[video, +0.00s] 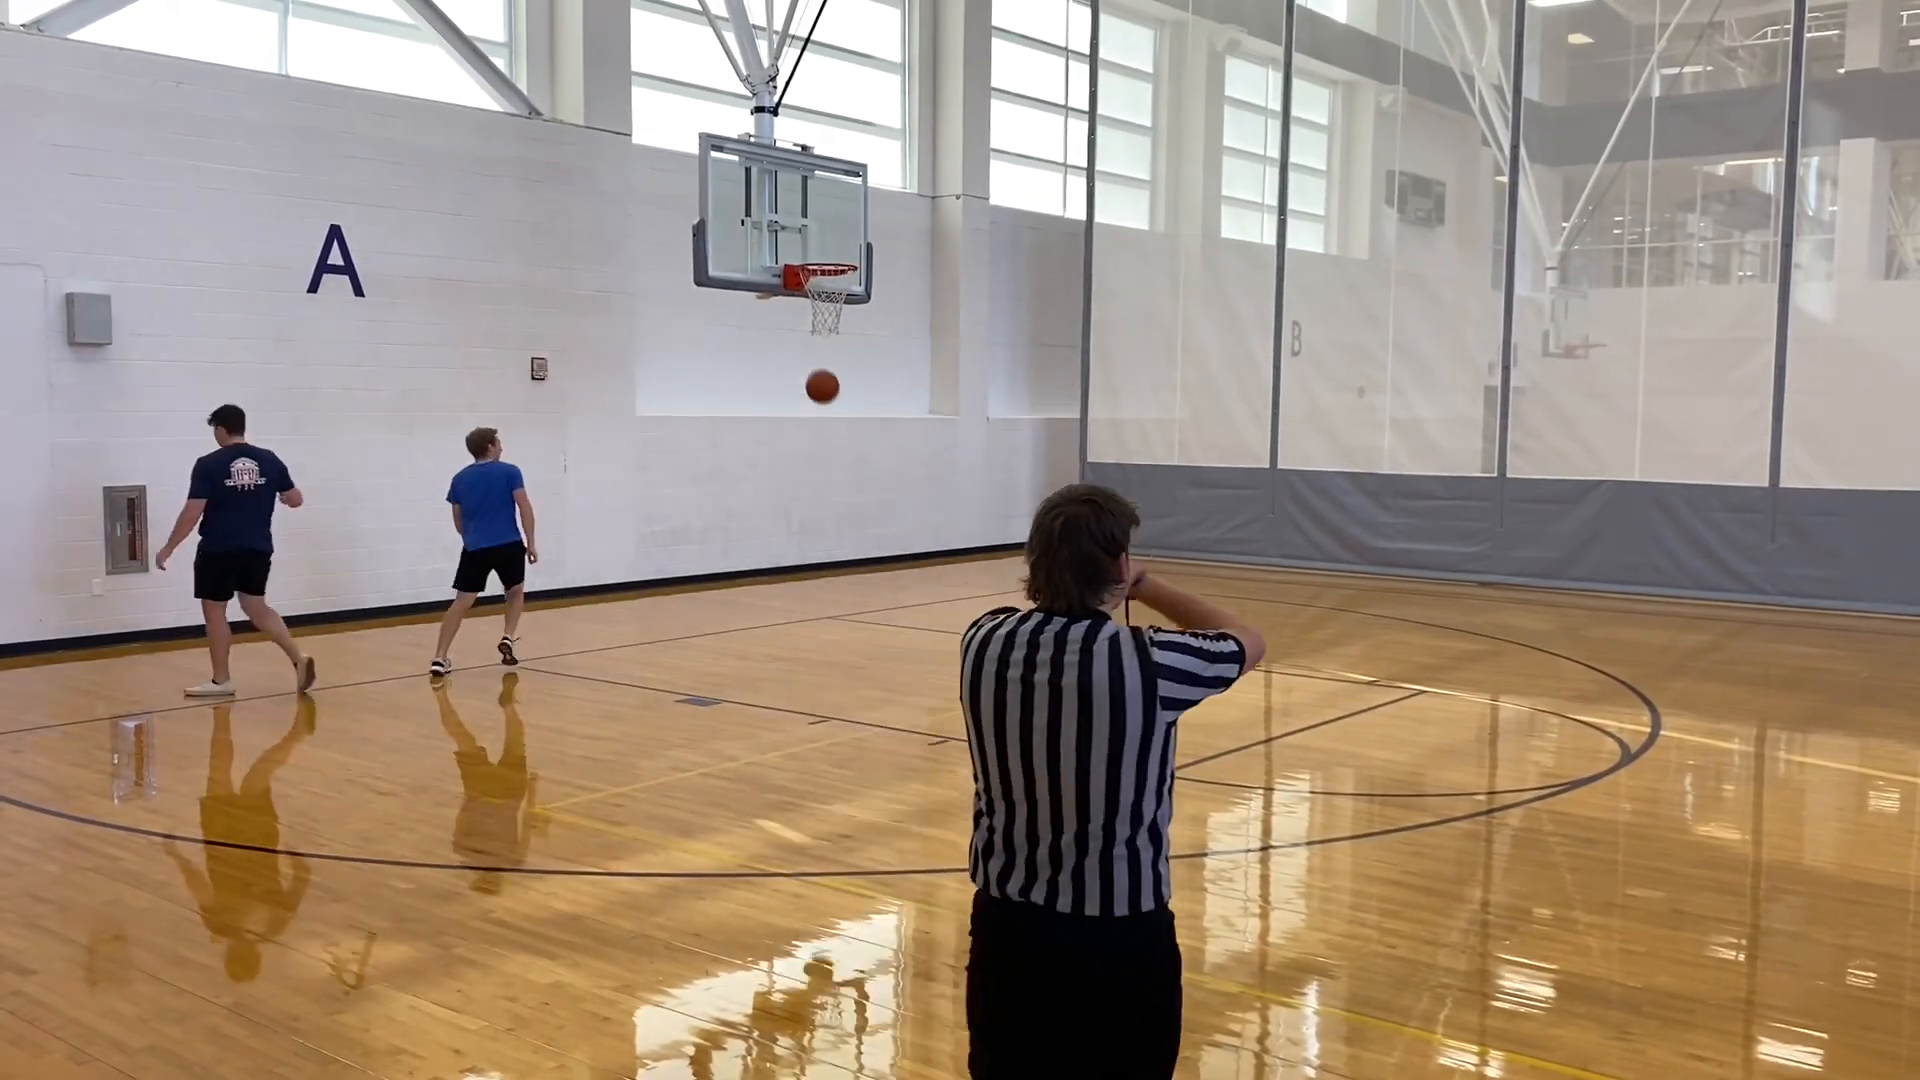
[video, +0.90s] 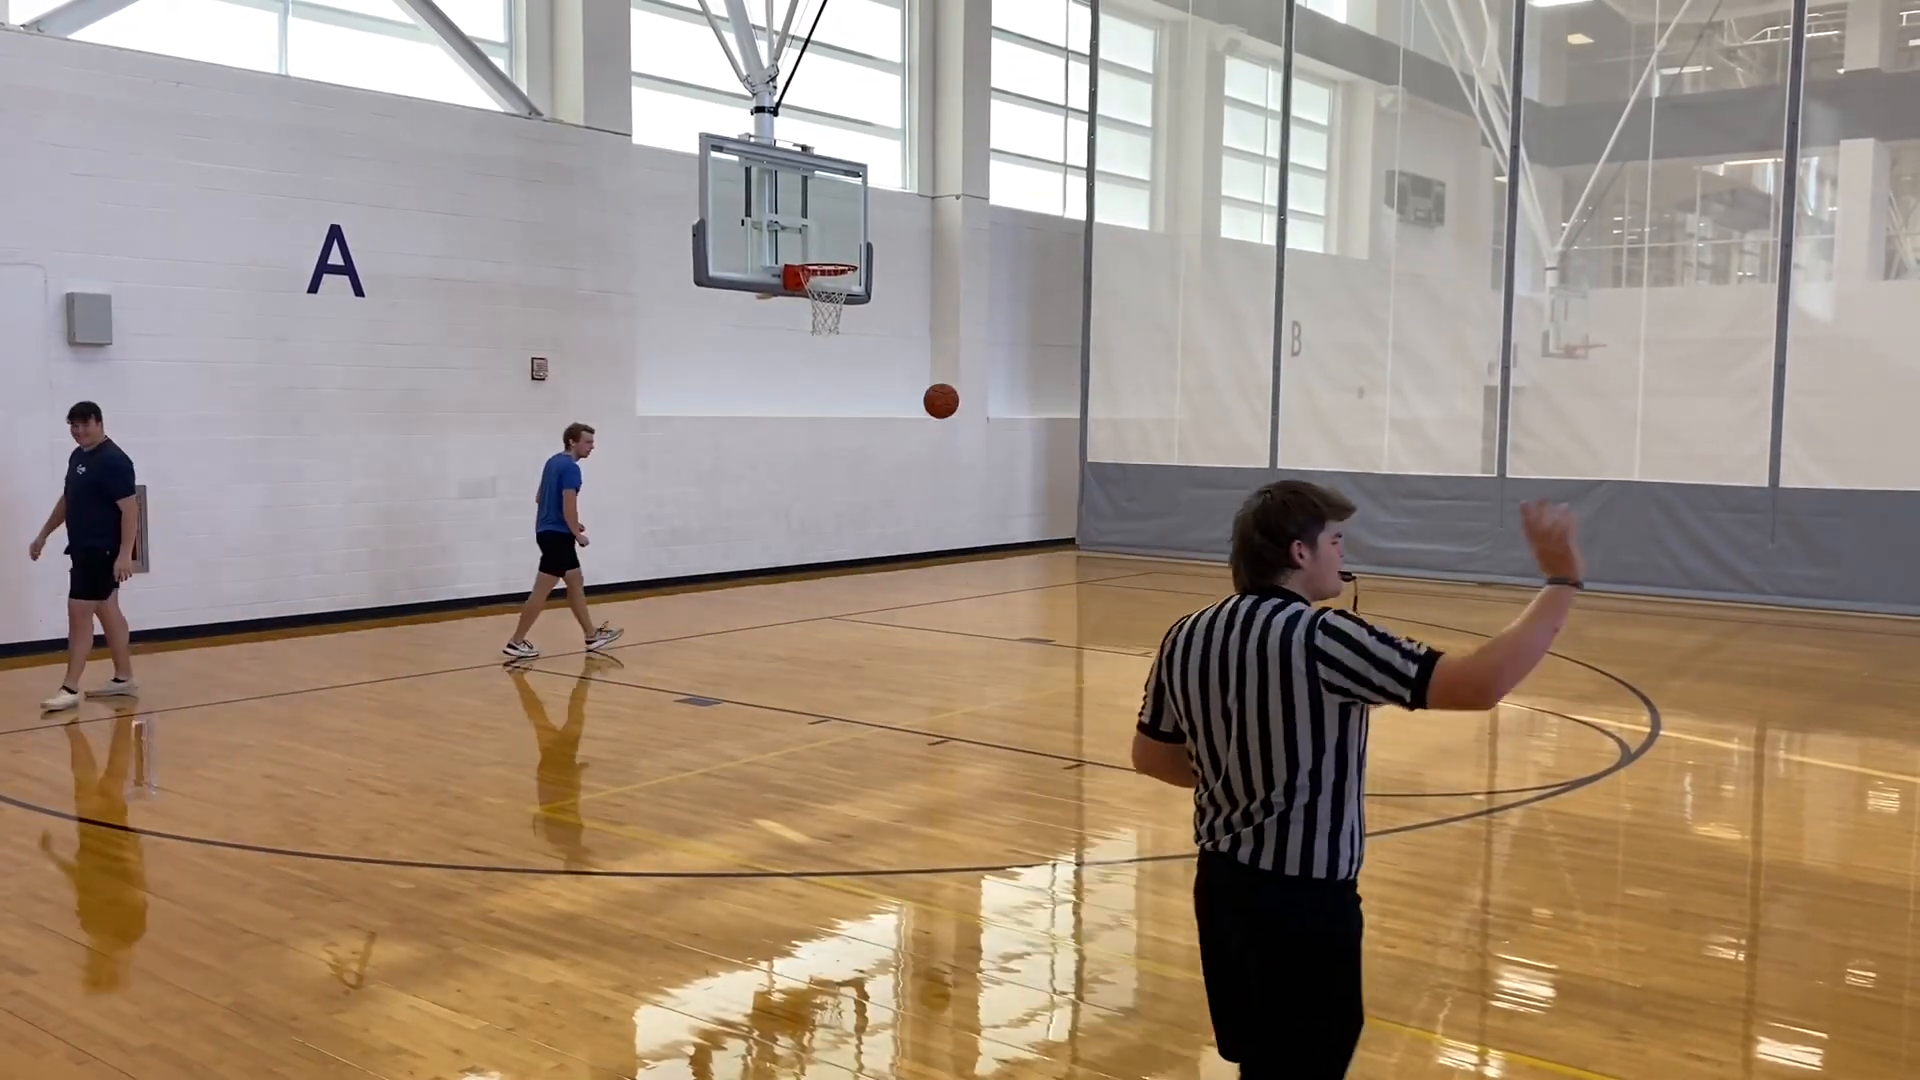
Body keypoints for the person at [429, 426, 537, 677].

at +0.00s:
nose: (501, 447)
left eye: (499, 443)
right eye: (498, 443)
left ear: (474, 450)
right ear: (491, 447)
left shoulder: (460, 478)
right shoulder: (509, 471)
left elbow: (459, 524)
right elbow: (525, 509)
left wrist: (475, 540)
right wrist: (531, 544)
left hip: (475, 552)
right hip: (509, 548)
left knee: (461, 602)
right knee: (515, 593)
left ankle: (439, 658)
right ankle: (508, 638)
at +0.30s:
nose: (529, 452)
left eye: (528, 447)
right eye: (526, 448)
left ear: (502, 452)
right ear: (516, 449)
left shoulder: (481, 475)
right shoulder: (525, 472)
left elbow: (465, 514)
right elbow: (531, 504)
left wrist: (487, 529)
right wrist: (534, 541)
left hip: (481, 546)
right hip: (513, 544)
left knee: (466, 596)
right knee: (519, 594)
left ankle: (442, 649)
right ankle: (514, 646)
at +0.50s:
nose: (552, 445)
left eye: (552, 440)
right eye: (549, 441)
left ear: (530, 443)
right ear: (535, 441)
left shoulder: (505, 463)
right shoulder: (541, 464)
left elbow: (488, 501)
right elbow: (540, 501)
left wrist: (507, 519)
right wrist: (545, 534)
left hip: (502, 536)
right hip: (528, 536)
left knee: (501, 587)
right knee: (524, 591)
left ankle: (468, 624)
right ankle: (515, 645)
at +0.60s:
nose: (560, 441)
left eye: (559, 437)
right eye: (556, 437)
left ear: (537, 439)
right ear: (541, 438)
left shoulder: (515, 460)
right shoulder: (547, 462)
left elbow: (500, 497)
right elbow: (547, 497)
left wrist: (520, 512)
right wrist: (552, 528)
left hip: (511, 531)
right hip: (534, 533)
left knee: (520, 584)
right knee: (526, 589)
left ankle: (489, 626)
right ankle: (515, 644)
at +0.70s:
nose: (569, 442)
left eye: (569, 437)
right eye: (565, 437)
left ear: (547, 438)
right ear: (550, 437)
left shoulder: (527, 460)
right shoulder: (552, 462)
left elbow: (514, 497)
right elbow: (555, 499)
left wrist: (533, 513)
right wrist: (560, 530)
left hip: (523, 530)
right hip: (540, 532)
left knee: (534, 585)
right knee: (532, 588)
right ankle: (516, 644)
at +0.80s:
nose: (580, 443)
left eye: (580, 439)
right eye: (576, 439)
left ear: (559, 440)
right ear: (561, 439)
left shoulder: (540, 461)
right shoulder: (560, 465)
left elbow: (528, 496)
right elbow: (563, 502)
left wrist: (544, 518)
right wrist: (568, 532)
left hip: (533, 532)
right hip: (548, 534)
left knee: (553, 584)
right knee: (535, 590)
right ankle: (515, 643)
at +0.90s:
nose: (591, 447)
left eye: (592, 443)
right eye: (588, 442)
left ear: (571, 443)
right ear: (573, 442)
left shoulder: (553, 463)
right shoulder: (570, 467)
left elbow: (541, 498)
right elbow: (569, 507)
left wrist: (572, 521)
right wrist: (578, 533)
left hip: (549, 533)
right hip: (559, 535)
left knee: (575, 582)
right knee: (541, 592)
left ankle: (592, 635)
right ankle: (516, 641)